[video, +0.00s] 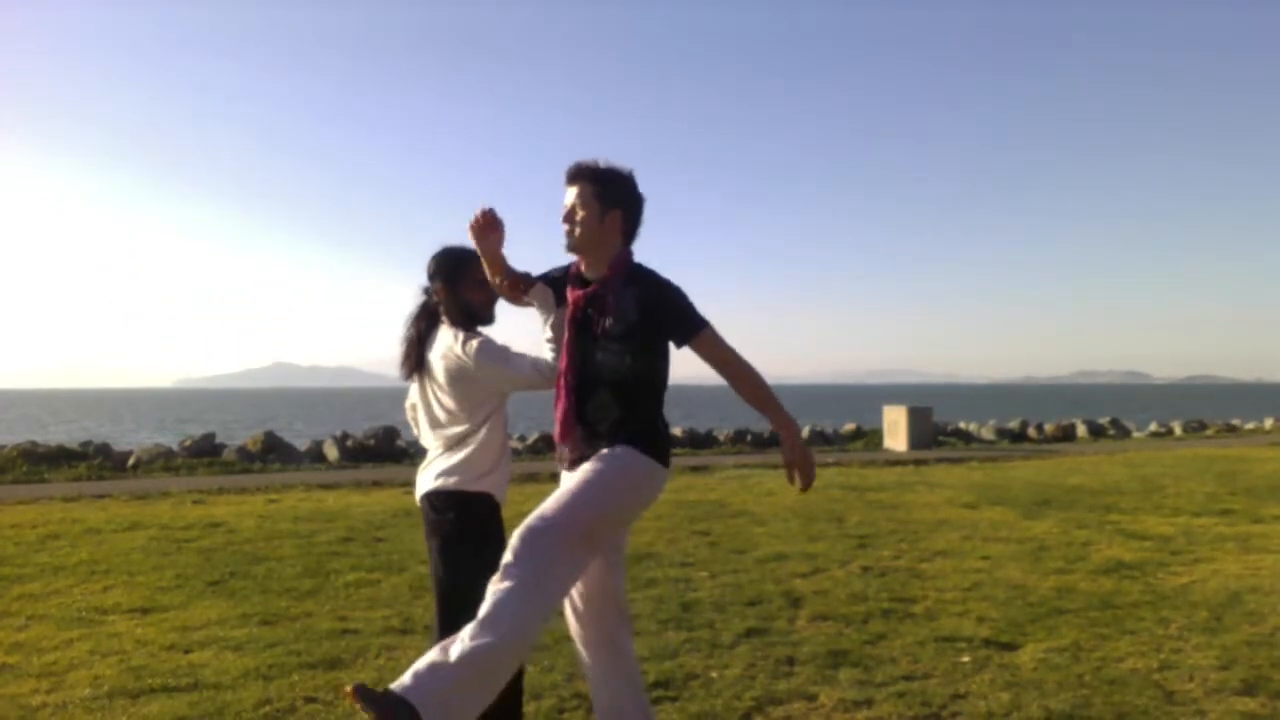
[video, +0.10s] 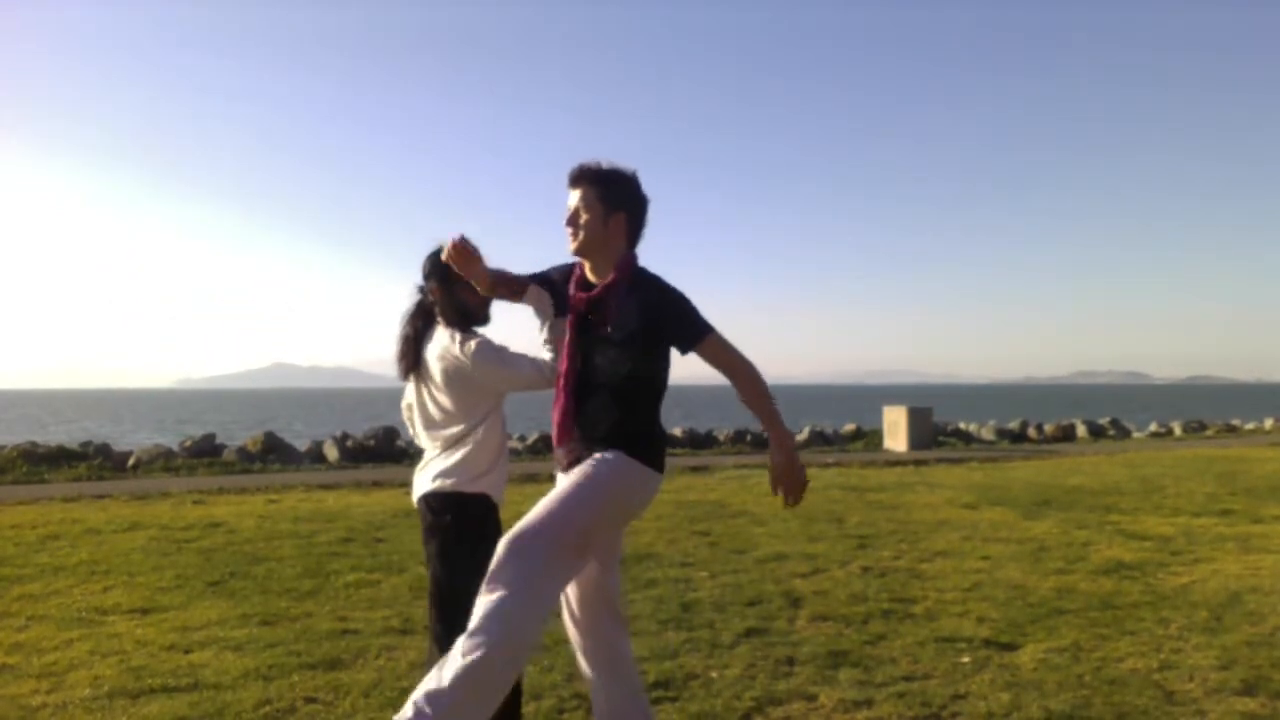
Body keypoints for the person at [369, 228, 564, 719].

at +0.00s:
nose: (492, 287)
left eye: (489, 278)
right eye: (480, 280)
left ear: (443, 294)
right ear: (447, 291)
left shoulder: (432, 344)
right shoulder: (474, 349)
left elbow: (413, 409)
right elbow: (550, 371)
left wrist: (448, 451)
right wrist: (552, 310)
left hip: (438, 490)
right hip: (467, 496)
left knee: (458, 616)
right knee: (482, 616)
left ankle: (455, 702)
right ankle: (489, 708)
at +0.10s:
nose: (487, 291)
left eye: (483, 281)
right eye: (475, 283)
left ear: (438, 291)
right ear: (447, 290)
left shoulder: (424, 347)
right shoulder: (468, 350)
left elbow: (414, 419)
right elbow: (553, 369)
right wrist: (542, 303)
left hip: (434, 493)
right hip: (466, 498)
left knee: (452, 621)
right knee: (479, 622)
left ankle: (452, 702)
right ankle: (486, 707)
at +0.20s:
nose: (483, 292)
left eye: (481, 283)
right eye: (477, 282)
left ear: (426, 290)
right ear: (457, 289)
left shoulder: (416, 347)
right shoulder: (465, 350)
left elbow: (409, 418)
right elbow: (551, 366)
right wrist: (538, 304)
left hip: (430, 491)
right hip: (463, 496)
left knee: (450, 618)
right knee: (465, 620)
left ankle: (443, 704)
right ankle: (449, 707)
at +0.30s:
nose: (477, 288)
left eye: (474, 279)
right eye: (470, 280)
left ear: (419, 290)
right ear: (451, 288)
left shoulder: (408, 349)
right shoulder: (466, 351)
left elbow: (404, 421)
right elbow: (548, 366)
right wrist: (537, 308)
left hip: (424, 493)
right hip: (459, 496)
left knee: (451, 616)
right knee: (468, 620)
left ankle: (448, 703)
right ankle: (450, 707)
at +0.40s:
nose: (478, 287)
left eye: (474, 276)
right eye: (469, 277)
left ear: (418, 288)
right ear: (442, 285)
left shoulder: (403, 346)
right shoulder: (465, 349)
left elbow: (396, 417)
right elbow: (543, 368)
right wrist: (533, 318)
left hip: (418, 493)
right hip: (453, 496)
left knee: (459, 622)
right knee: (470, 629)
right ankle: (454, 709)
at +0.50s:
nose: (477, 286)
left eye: (475, 276)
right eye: (468, 276)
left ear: (423, 281)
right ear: (433, 279)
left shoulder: (397, 340)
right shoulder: (442, 342)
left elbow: (384, 409)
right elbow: (526, 373)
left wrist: (462, 436)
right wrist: (531, 325)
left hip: (410, 497)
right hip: (441, 499)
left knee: (450, 639)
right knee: (471, 641)